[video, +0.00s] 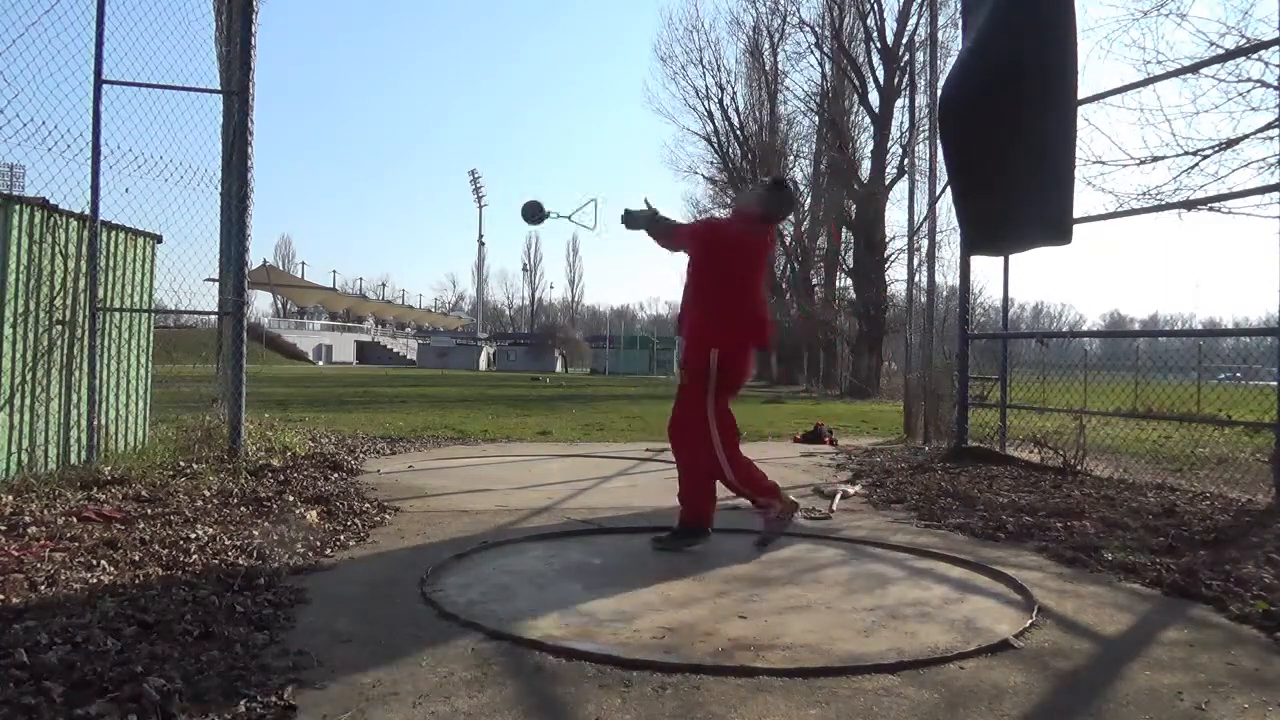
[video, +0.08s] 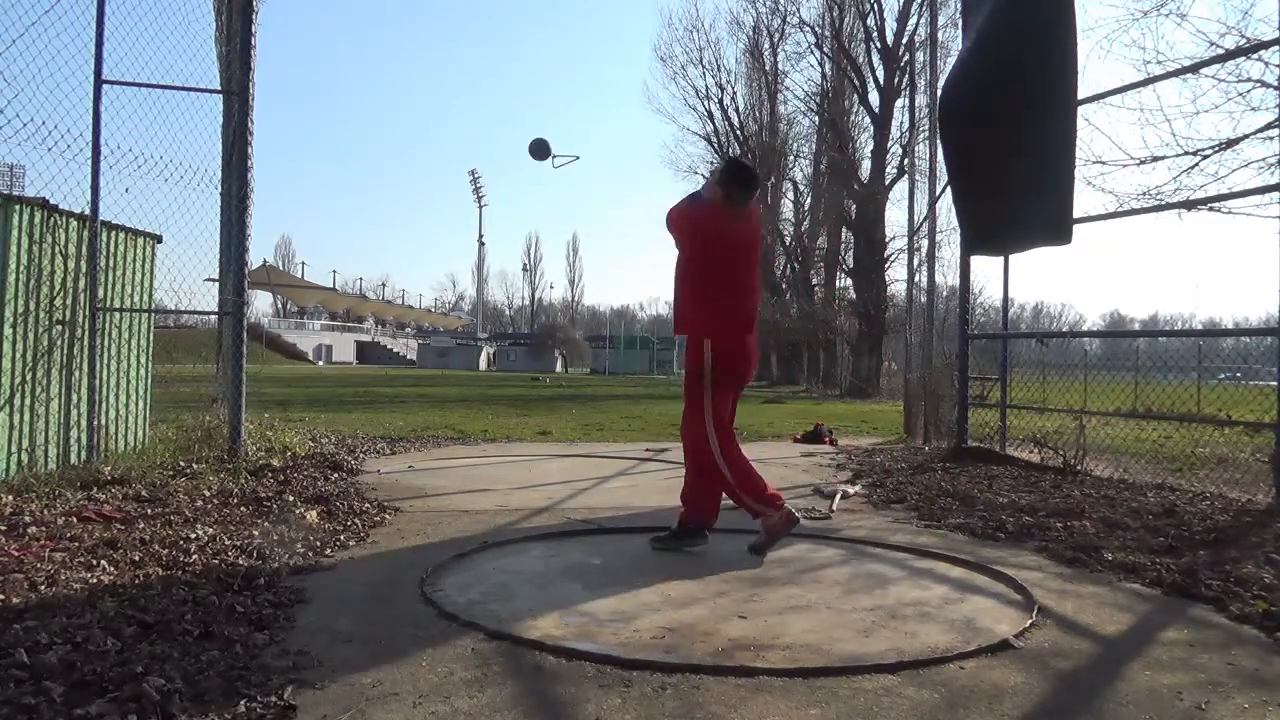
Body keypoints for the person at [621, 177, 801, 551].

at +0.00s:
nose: (742, 192)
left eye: (753, 191)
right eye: (749, 189)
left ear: (761, 206)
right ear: (766, 209)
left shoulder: (741, 233)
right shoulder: (741, 232)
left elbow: (681, 235)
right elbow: (689, 236)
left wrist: (648, 220)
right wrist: (656, 220)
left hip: (717, 346)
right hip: (708, 345)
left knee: (710, 433)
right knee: (685, 430)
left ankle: (774, 504)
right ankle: (693, 523)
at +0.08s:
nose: (707, 186)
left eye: (712, 181)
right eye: (711, 182)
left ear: (720, 188)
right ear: (746, 195)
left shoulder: (714, 219)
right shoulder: (745, 222)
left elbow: (676, 216)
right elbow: (688, 225)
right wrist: (708, 195)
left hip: (714, 340)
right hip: (730, 339)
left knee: (711, 434)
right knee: (698, 433)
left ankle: (773, 512)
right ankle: (693, 524)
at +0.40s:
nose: (691, 185)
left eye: (690, 177)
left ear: (691, 178)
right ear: (729, 176)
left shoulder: (676, 218)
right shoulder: (758, 212)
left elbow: (647, 257)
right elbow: (817, 245)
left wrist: (685, 229)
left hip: (701, 336)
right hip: (751, 337)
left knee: (696, 425)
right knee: (728, 427)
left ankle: (721, 525)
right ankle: (693, 522)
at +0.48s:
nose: (696, 184)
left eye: (695, 177)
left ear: (697, 177)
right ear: (735, 175)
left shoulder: (681, 219)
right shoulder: (765, 213)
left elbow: (655, 264)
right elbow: (820, 264)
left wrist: (695, 236)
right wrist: (872, 302)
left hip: (707, 345)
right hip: (758, 347)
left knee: (701, 440)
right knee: (733, 437)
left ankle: (729, 536)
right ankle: (692, 523)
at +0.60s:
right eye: (746, 167)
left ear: (711, 171)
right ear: (750, 169)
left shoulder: (691, 213)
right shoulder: (777, 209)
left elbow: (669, 265)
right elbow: (824, 261)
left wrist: (710, 248)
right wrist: (872, 303)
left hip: (713, 335)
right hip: (766, 337)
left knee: (716, 434)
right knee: (744, 432)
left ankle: (732, 543)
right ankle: (718, 522)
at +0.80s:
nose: (782, 172)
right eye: (786, 164)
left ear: (746, 162)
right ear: (787, 164)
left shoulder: (716, 203)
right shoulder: (805, 207)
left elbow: (681, 257)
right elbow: (857, 266)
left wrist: (730, 258)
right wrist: (909, 310)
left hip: (723, 338)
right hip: (780, 340)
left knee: (724, 444)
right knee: (790, 433)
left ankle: (732, 548)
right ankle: (811, 533)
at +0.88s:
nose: (776, 171)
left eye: (766, 162)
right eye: (794, 163)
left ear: (760, 162)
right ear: (801, 165)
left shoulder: (732, 202)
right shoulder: (819, 211)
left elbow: (691, 258)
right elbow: (869, 275)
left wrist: (729, 273)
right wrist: (921, 321)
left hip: (734, 343)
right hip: (793, 345)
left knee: (729, 445)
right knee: (813, 435)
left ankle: (732, 549)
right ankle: (834, 539)